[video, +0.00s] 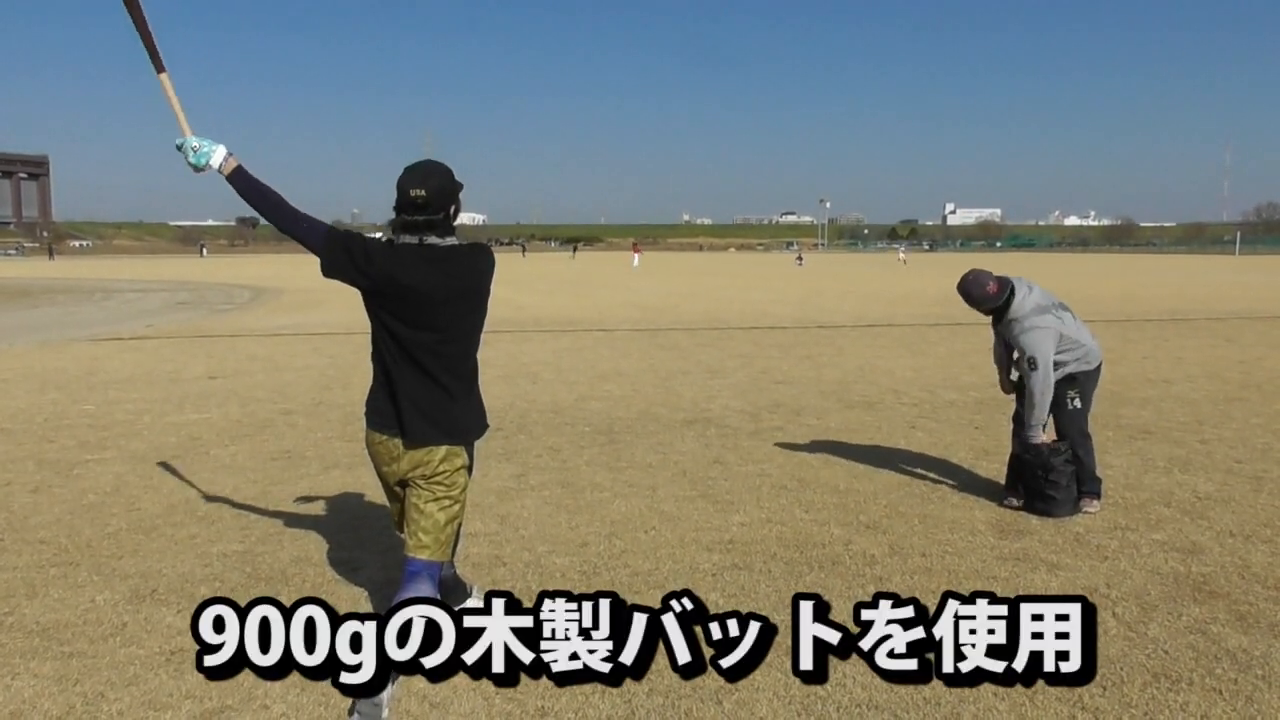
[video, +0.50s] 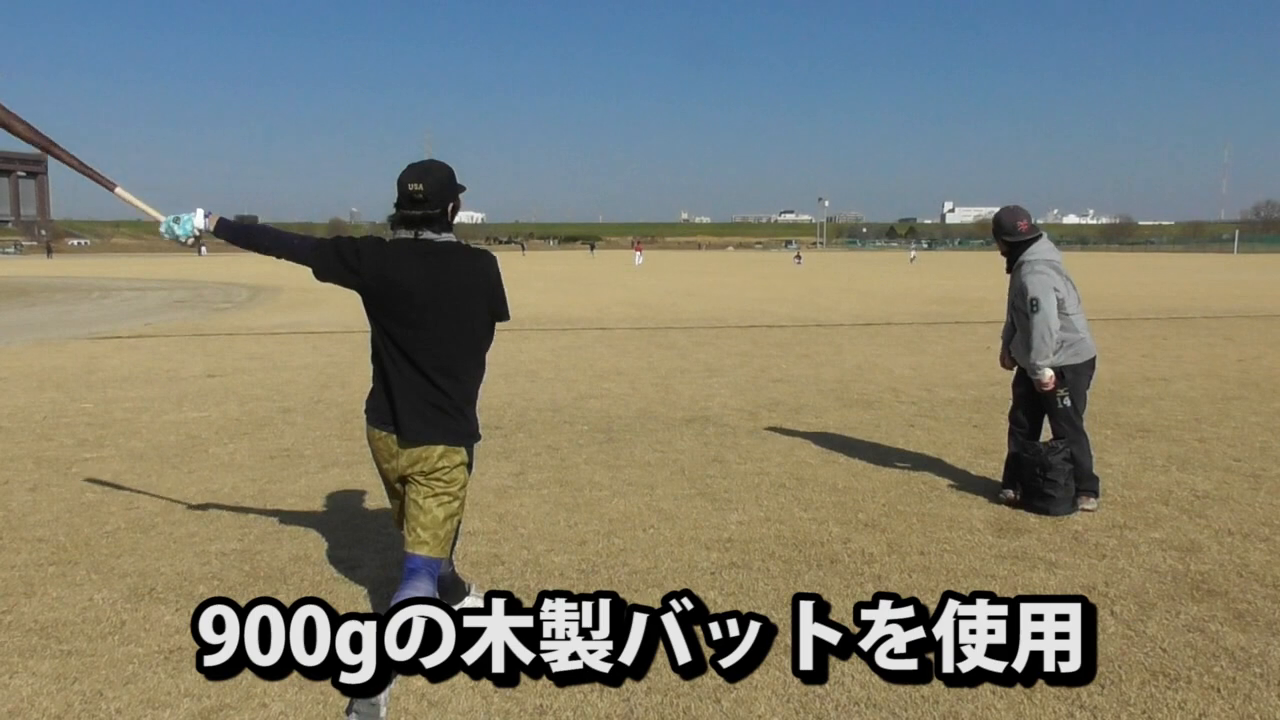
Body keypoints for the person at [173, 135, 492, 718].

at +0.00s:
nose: (451, 207)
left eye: (412, 199)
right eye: (451, 201)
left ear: (399, 207)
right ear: (452, 211)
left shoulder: (375, 259)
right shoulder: (479, 263)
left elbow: (292, 220)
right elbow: (449, 243)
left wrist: (225, 163)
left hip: (385, 432)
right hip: (447, 437)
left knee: (424, 535)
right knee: (421, 567)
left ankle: (455, 596)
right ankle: (376, 690)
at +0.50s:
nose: (460, 207)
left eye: (453, 199)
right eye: (457, 201)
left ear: (400, 206)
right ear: (451, 209)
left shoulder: (374, 257)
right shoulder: (480, 265)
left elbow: (294, 245)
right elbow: (495, 317)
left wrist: (215, 224)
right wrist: (445, 287)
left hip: (385, 434)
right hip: (445, 438)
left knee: (422, 536)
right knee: (420, 569)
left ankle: (454, 598)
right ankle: (373, 689)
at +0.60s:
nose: (462, 209)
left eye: (456, 200)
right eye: (459, 203)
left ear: (402, 206)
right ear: (452, 209)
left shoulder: (373, 257)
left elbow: (293, 264)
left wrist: (216, 261)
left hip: (384, 431)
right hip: (446, 439)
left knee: (422, 531)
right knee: (422, 565)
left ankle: (458, 598)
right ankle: (372, 690)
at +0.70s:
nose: (461, 213)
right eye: (460, 207)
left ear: (403, 209)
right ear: (453, 212)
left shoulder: (372, 257)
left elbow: (305, 284)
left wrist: (234, 303)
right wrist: (537, 430)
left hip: (386, 432)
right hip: (446, 440)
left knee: (421, 534)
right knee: (419, 567)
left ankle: (452, 597)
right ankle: (372, 691)